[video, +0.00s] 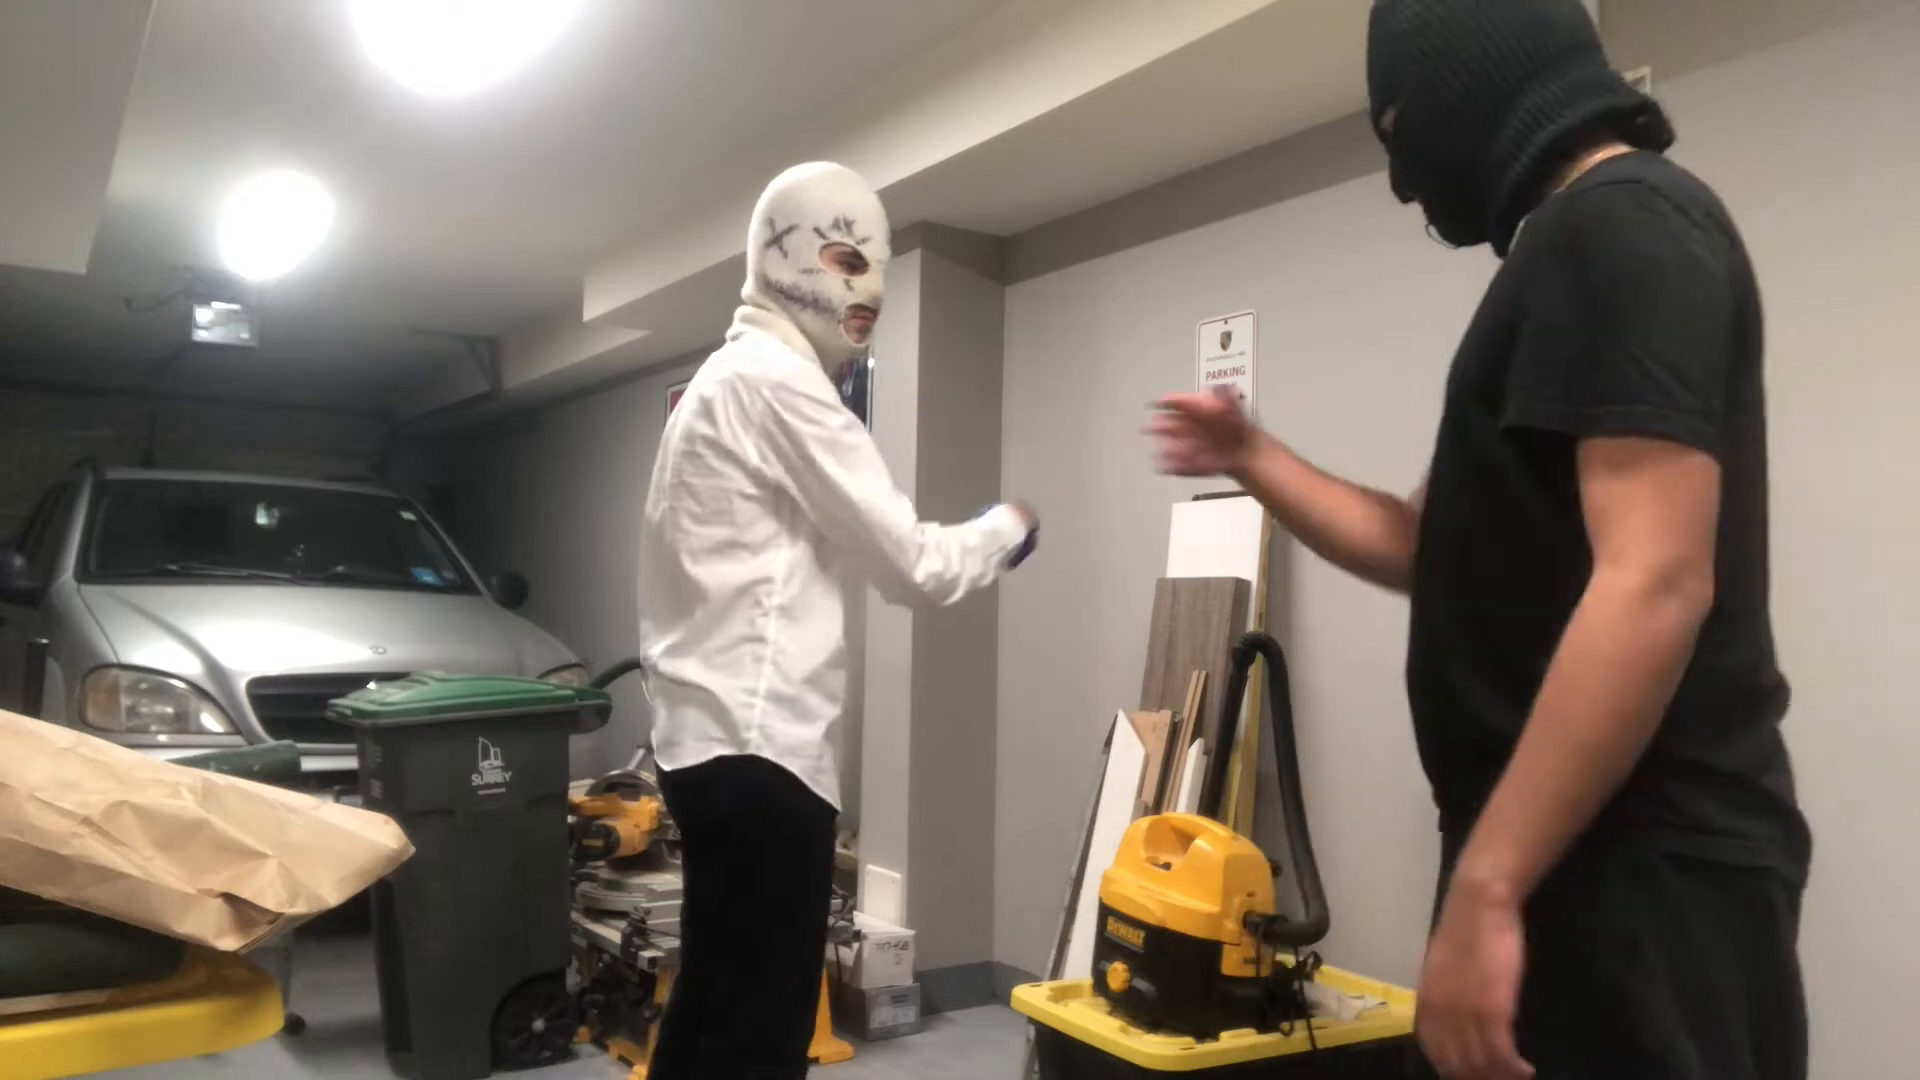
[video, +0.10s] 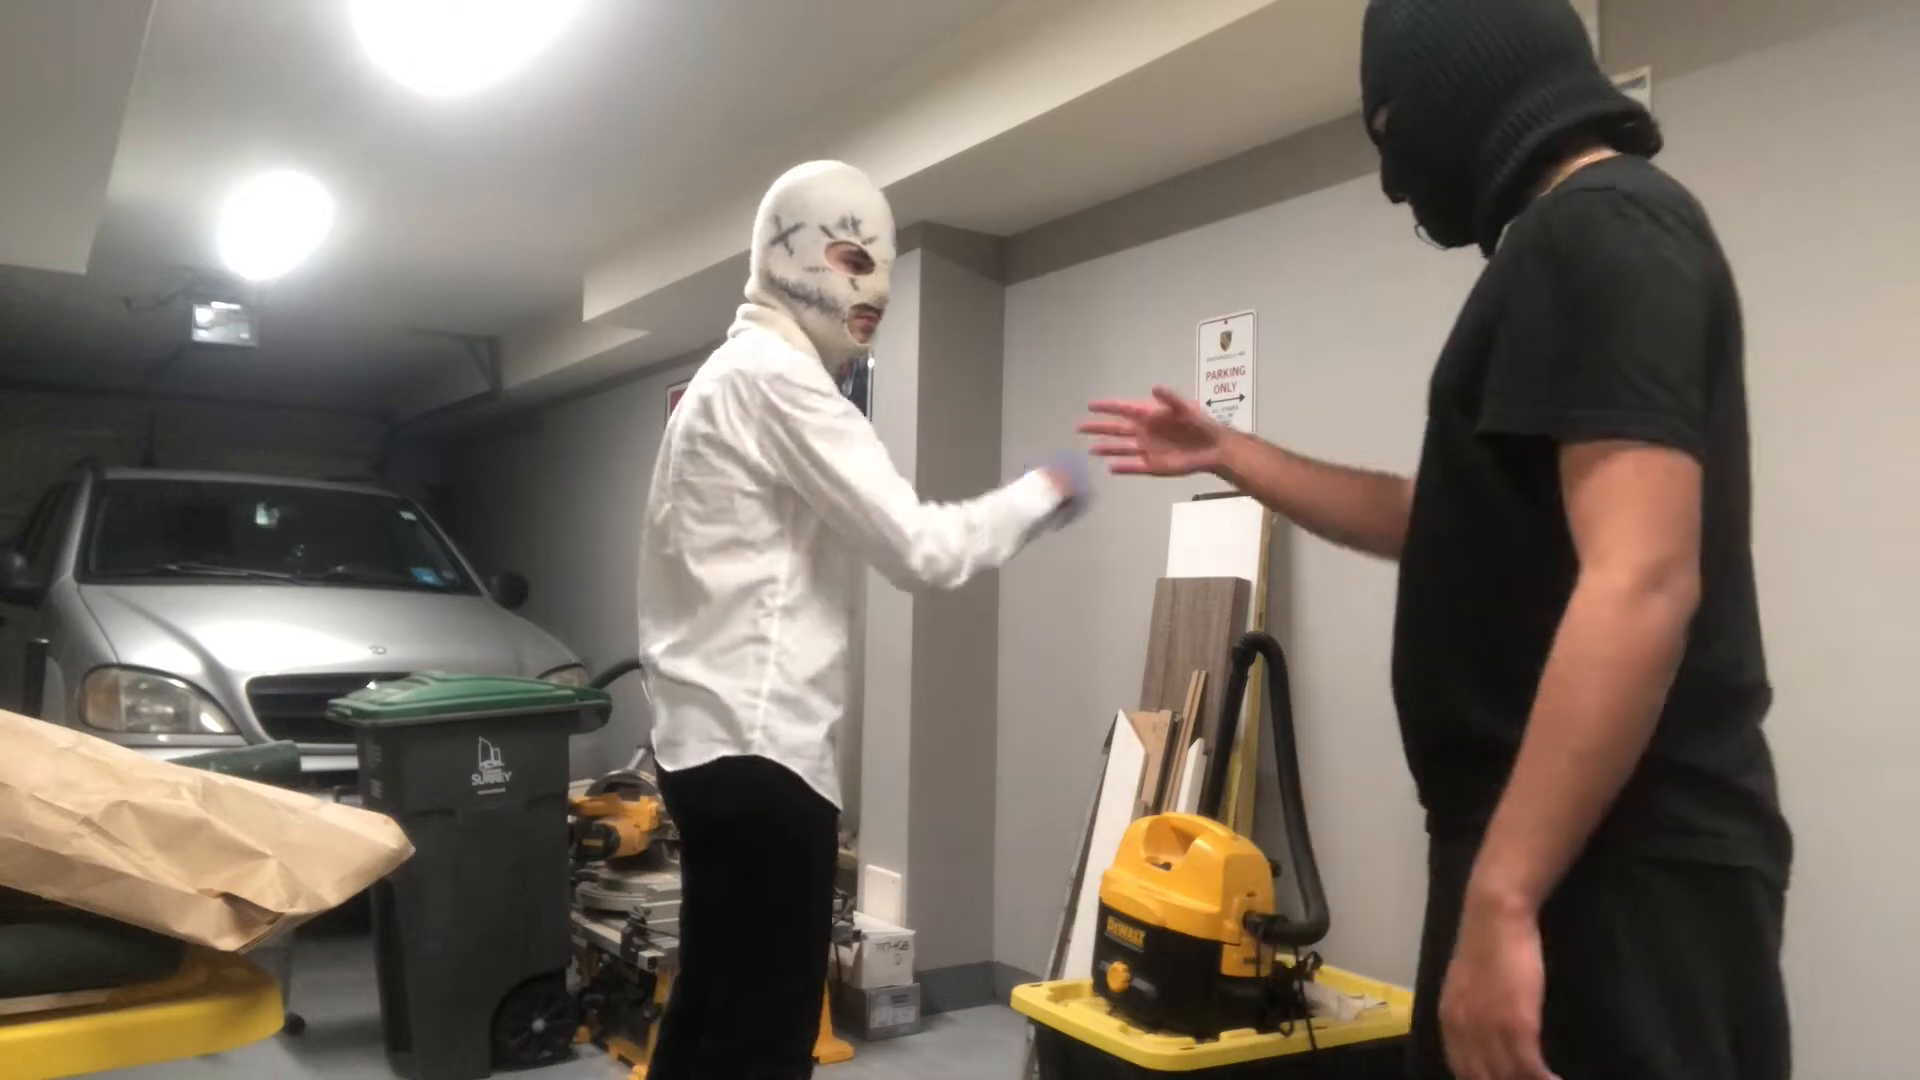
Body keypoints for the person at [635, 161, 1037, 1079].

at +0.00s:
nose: (871, 284)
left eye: (877, 263)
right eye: (849, 258)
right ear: (788, 260)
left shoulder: (730, 376)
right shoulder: (774, 380)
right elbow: (918, 566)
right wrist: (1005, 529)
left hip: (715, 742)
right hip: (760, 748)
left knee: (720, 1018)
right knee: (759, 1030)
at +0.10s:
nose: (879, 292)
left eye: (880, 267)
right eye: (863, 264)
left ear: (790, 262)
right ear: (809, 260)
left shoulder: (731, 372)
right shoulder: (776, 377)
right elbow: (924, 551)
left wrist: (843, 389)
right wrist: (1044, 489)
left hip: (711, 741)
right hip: (759, 747)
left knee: (714, 1015)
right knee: (765, 1029)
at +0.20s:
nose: (880, 287)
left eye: (886, 265)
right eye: (859, 259)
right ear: (799, 259)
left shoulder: (748, 369)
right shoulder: (772, 373)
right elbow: (912, 528)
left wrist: (839, 391)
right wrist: (1081, 454)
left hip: (729, 741)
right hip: (760, 746)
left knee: (726, 1019)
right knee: (758, 1030)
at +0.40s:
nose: (891, 294)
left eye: (896, 270)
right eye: (873, 263)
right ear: (810, 258)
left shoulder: (779, 369)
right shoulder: (771, 369)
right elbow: (827, 544)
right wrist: (1012, 467)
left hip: (755, 752)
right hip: (753, 757)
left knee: (734, 1025)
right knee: (752, 1033)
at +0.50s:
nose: (893, 290)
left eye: (897, 266)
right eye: (875, 260)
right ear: (812, 254)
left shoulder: (796, 368)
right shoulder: (769, 364)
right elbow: (831, 502)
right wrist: (979, 385)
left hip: (768, 743)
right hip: (747, 748)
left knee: (738, 1014)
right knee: (749, 1021)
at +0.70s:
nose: (892, 294)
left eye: (897, 270)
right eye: (877, 263)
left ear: (812, 259)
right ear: (822, 254)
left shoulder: (782, 359)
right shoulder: (763, 352)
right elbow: (831, 415)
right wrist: (1012, 314)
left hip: (760, 735)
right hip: (745, 740)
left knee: (734, 1015)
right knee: (748, 1020)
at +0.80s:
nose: (887, 291)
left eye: (893, 268)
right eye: (869, 261)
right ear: (807, 254)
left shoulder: (791, 364)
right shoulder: (757, 353)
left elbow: (865, 441)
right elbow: (847, 434)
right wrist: (1015, 279)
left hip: (768, 736)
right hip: (737, 739)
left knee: (734, 1016)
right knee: (743, 1022)